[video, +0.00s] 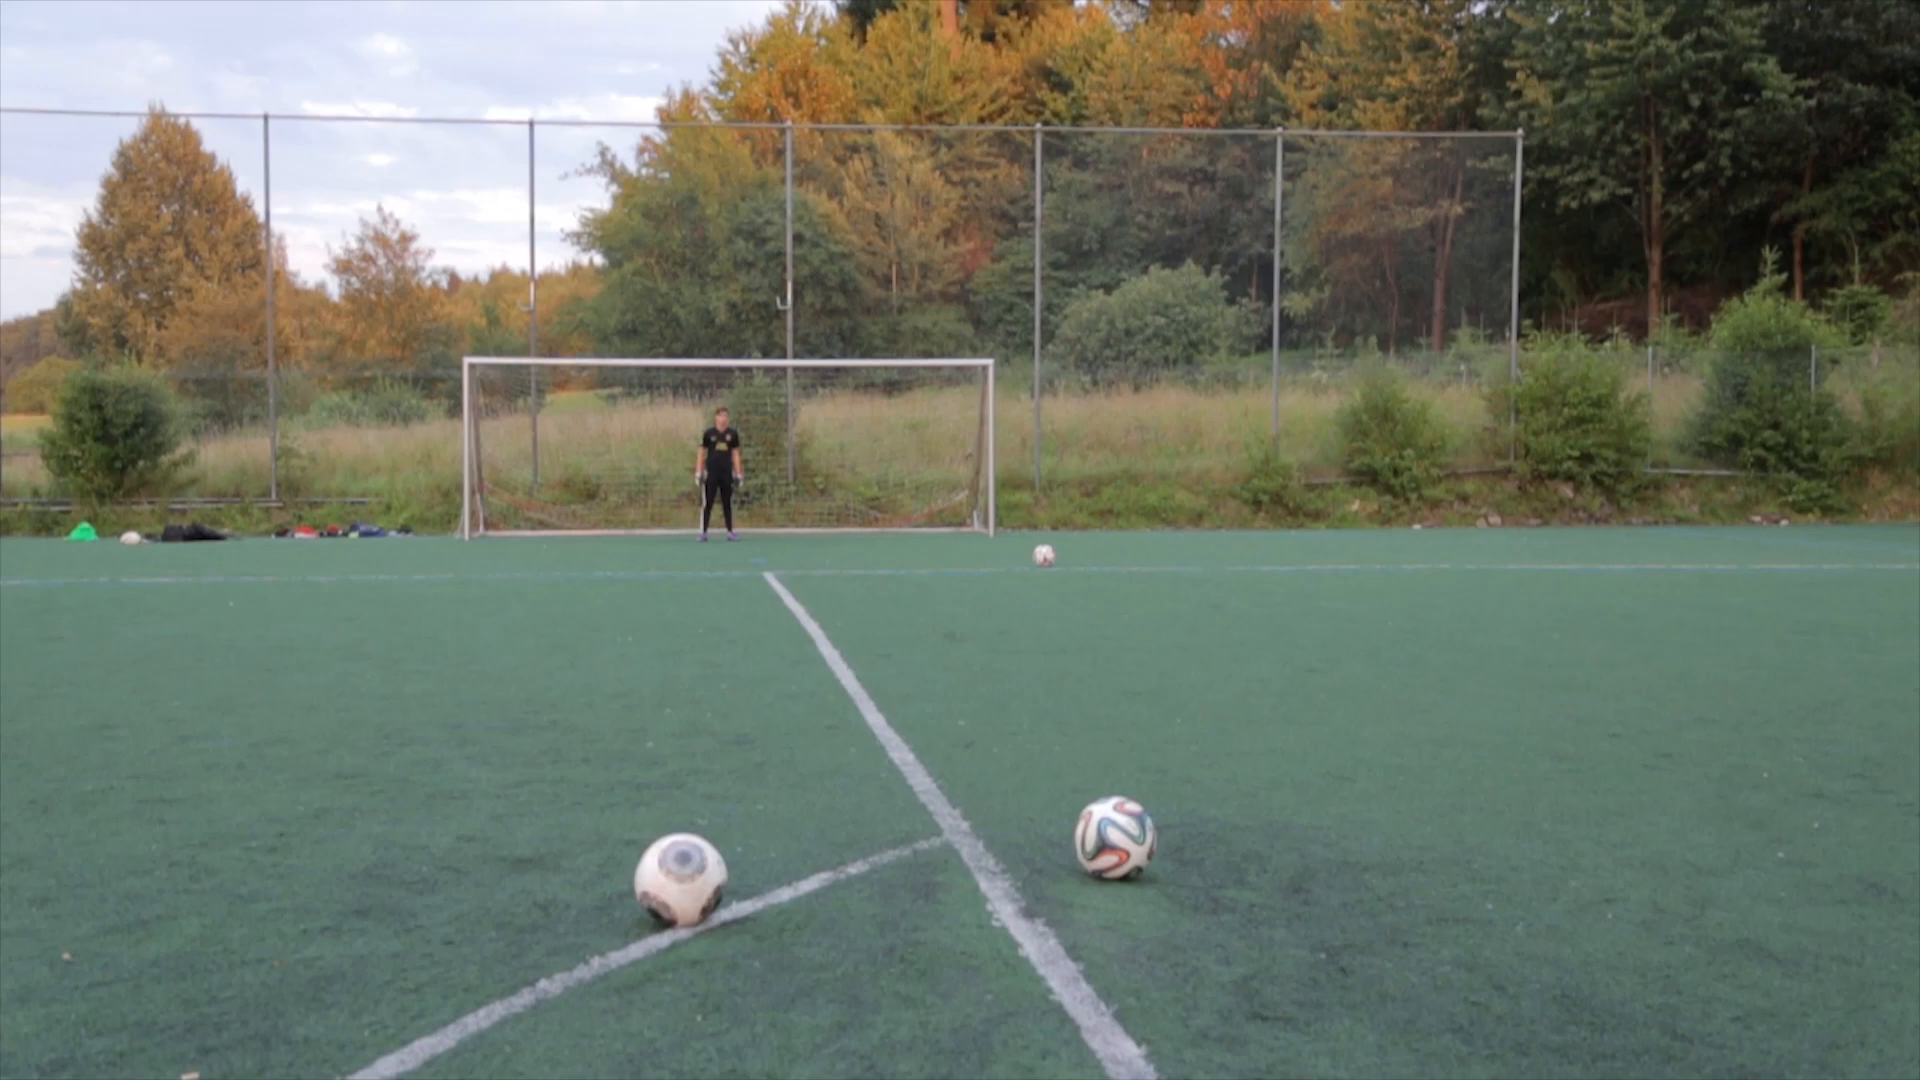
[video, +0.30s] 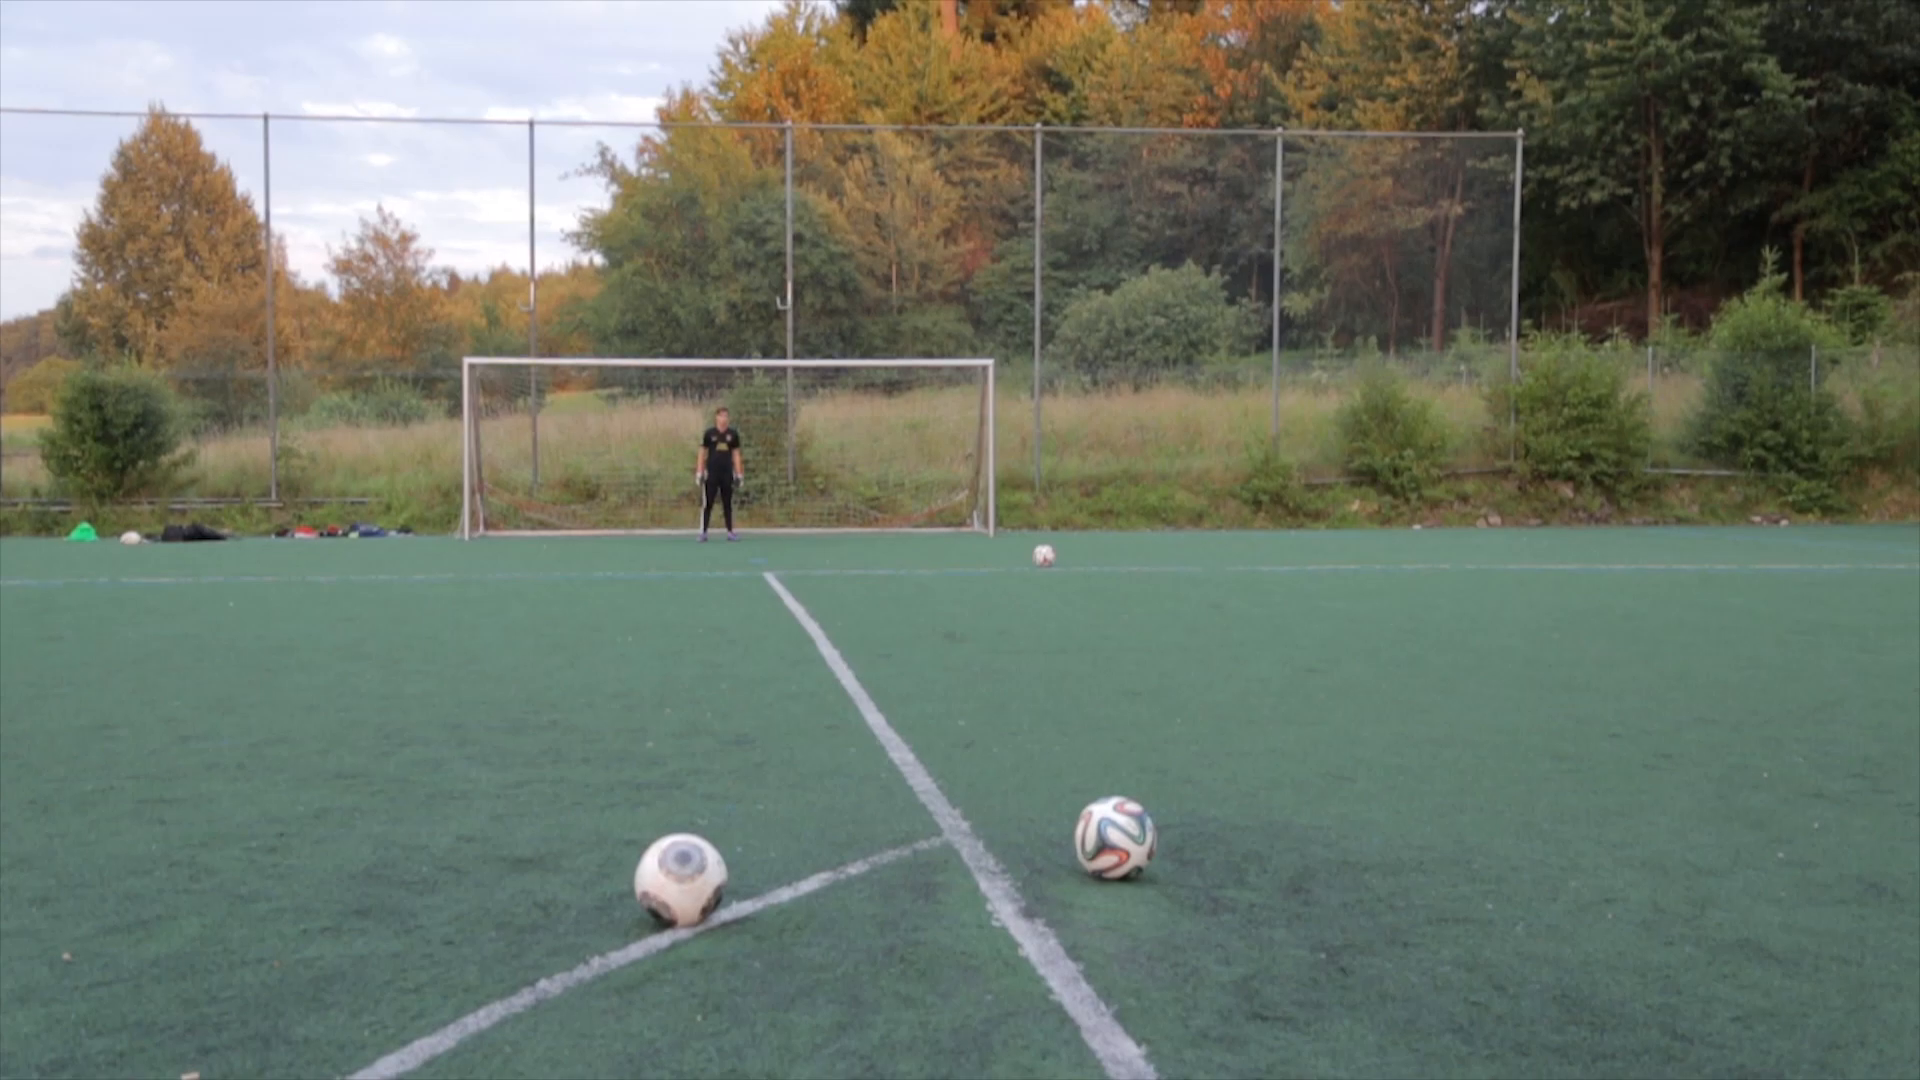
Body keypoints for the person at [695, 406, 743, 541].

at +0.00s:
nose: (723, 420)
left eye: (725, 417)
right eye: (720, 416)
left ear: (728, 419)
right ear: (715, 418)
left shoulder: (732, 434)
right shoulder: (709, 434)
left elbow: (736, 454)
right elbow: (702, 452)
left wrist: (738, 472)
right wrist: (699, 470)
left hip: (726, 473)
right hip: (711, 473)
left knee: (727, 503)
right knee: (708, 503)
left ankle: (730, 530)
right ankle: (704, 531)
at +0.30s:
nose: (723, 420)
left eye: (726, 417)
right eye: (721, 416)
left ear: (729, 419)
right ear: (716, 418)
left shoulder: (733, 435)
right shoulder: (709, 434)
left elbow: (736, 454)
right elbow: (702, 452)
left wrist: (739, 472)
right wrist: (700, 470)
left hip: (727, 474)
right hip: (711, 473)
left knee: (727, 504)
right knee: (708, 504)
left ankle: (730, 530)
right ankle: (704, 531)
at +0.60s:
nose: (725, 423)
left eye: (727, 419)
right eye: (723, 419)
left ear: (730, 421)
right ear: (718, 421)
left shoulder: (735, 436)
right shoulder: (710, 435)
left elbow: (737, 454)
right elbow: (703, 452)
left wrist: (739, 472)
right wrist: (701, 470)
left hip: (729, 474)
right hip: (712, 474)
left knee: (729, 503)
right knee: (708, 503)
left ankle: (730, 530)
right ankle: (704, 531)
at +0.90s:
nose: (722, 426)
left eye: (725, 423)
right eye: (720, 423)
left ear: (728, 425)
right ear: (715, 424)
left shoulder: (732, 440)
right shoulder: (708, 438)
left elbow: (736, 455)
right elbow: (699, 450)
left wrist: (737, 470)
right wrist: (699, 467)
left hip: (725, 474)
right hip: (709, 474)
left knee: (729, 502)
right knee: (701, 501)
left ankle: (730, 530)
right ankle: (695, 529)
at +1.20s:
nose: (715, 433)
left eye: (717, 430)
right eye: (712, 430)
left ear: (719, 432)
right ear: (707, 431)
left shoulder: (723, 444)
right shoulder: (699, 443)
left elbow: (726, 457)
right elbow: (690, 457)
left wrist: (731, 471)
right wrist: (691, 472)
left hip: (718, 477)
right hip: (701, 477)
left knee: (732, 500)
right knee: (692, 504)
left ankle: (736, 527)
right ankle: (687, 531)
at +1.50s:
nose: (720, 439)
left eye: (722, 436)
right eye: (717, 436)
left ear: (725, 438)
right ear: (713, 437)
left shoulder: (731, 450)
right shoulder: (706, 450)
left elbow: (738, 464)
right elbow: (699, 464)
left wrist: (740, 481)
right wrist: (696, 480)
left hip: (725, 481)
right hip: (709, 481)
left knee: (736, 504)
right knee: (701, 505)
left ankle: (746, 530)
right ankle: (698, 532)